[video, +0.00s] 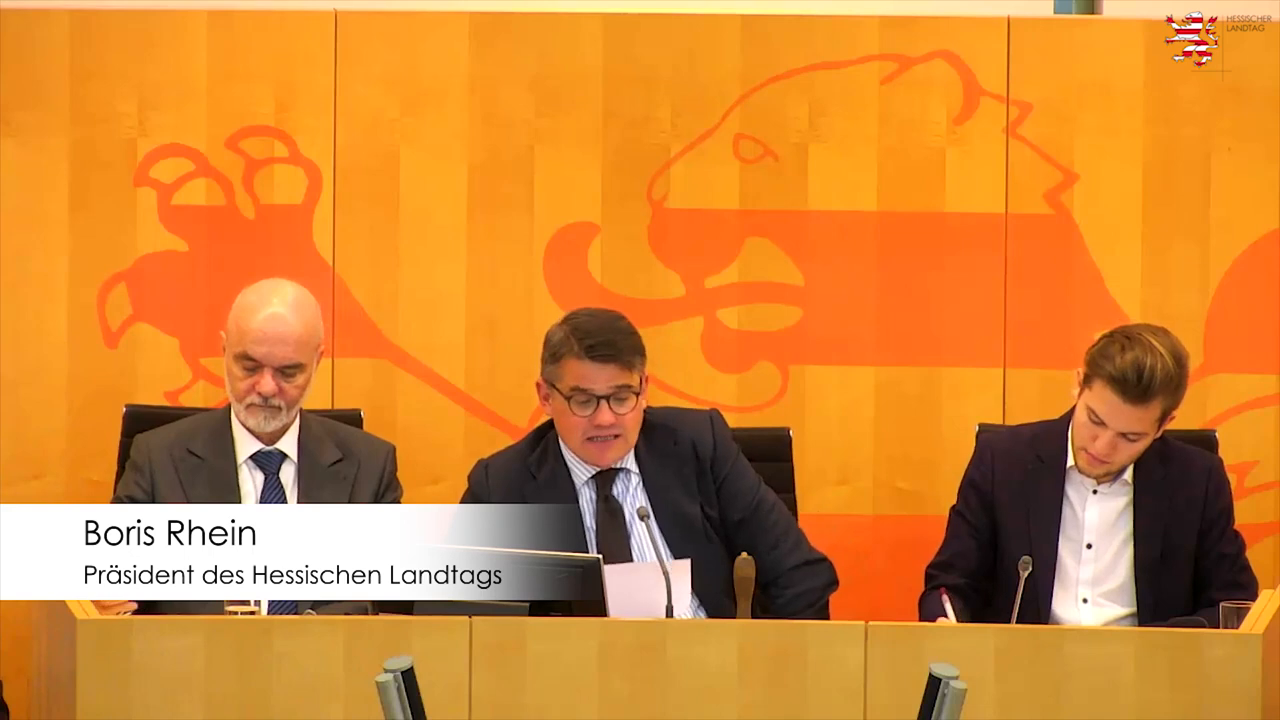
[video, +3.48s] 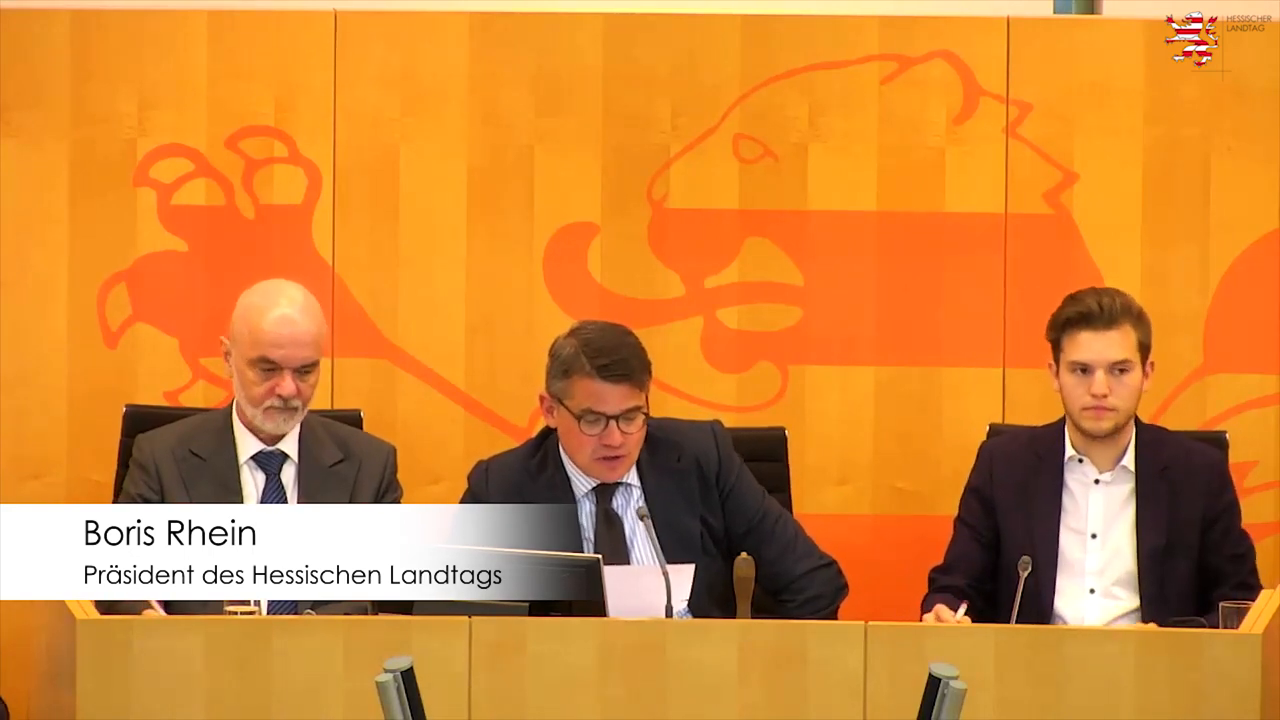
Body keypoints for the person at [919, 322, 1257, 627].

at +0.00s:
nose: (1102, 447)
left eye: (1129, 437)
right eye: (1094, 419)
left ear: (1164, 423)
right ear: (1079, 384)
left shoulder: (1198, 478)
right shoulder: (1001, 458)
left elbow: (1238, 601)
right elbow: (950, 583)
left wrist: (1166, 644)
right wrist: (949, 635)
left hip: (1149, 680)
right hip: (1023, 673)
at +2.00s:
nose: (1097, 427)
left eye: (1121, 411)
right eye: (1085, 401)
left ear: (1153, 400)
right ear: (1066, 378)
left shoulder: (1196, 477)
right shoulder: (999, 459)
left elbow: (1240, 608)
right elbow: (955, 585)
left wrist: (1138, 616)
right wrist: (939, 616)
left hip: (1148, 685)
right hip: (1021, 677)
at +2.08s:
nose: (1095, 425)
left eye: (1119, 408)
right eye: (1082, 400)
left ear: (1149, 395)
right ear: (1062, 377)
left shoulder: (1195, 477)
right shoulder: (998, 460)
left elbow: (1240, 610)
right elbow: (956, 587)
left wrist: (1137, 596)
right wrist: (939, 615)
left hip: (1150, 686)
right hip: (1022, 679)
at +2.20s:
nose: (1095, 422)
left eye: (1117, 404)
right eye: (1079, 400)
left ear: (1146, 389)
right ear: (1055, 381)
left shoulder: (1191, 473)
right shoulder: (997, 459)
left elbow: (1225, 606)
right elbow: (956, 587)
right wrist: (941, 617)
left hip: (1150, 680)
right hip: (1022, 674)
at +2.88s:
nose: (1113, 410)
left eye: (1129, 386)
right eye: (1091, 391)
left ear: (1146, 377)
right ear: (1056, 387)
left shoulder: (1205, 474)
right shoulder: (1008, 463)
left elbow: (1233, 606)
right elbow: (967, 586)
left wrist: (1122, 559)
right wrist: (940, 617)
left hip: (1154, 677)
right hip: (1027, 673)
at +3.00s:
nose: (1115, 406)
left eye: (1129, 382)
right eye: (1092, 387)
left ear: (1145, 374)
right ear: (1055, 387)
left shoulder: (1205, 472)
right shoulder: (1009, 464)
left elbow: (1245, 606)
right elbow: (968, 587)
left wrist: (1144, 598)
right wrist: (943, 614)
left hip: (1158, 685)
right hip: (1029, 680)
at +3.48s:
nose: (1100, 389)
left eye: (1118, 370)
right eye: (1081, 370)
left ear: (1146, 374)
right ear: (1056, 375)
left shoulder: (1199, 469)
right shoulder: (1003, 460)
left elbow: (1240, 601)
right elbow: (956, 583)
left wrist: (1175, 641)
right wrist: (945, 616)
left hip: (1159, 672)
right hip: (1030, 667)